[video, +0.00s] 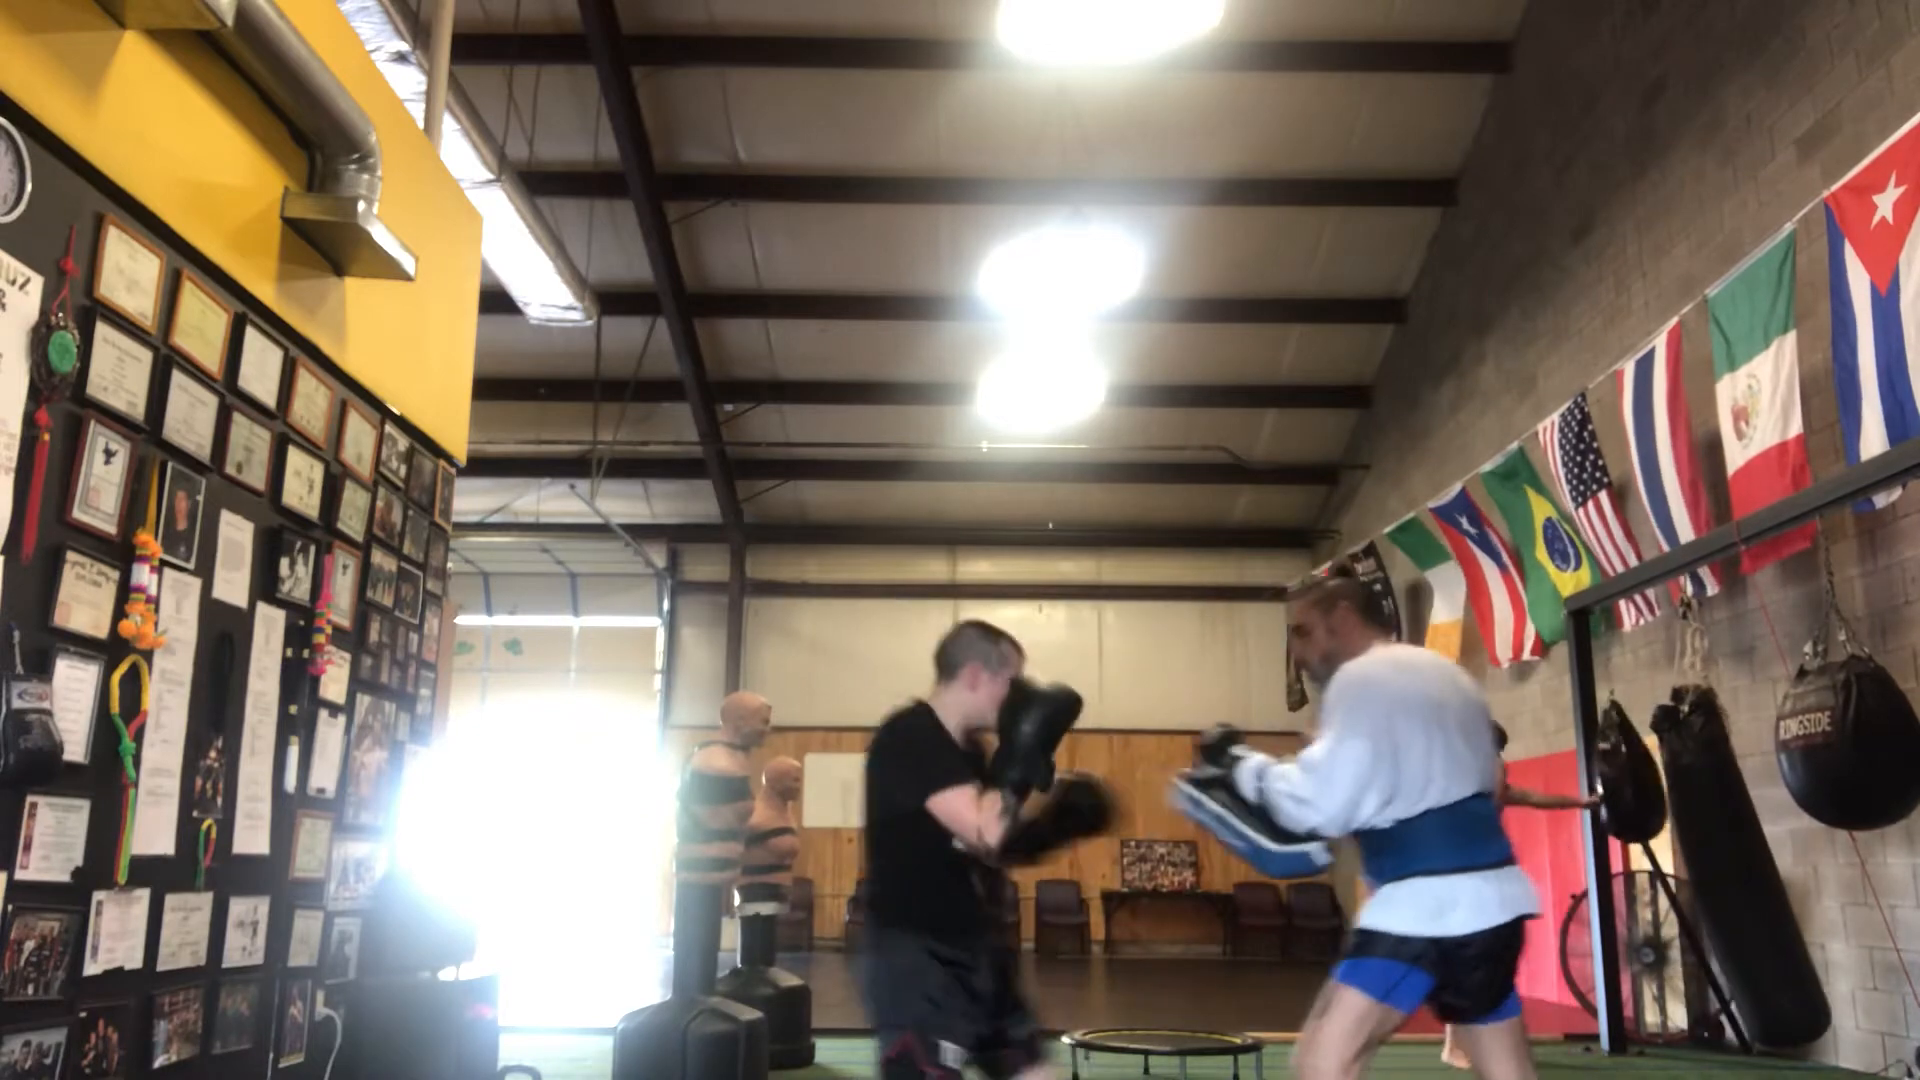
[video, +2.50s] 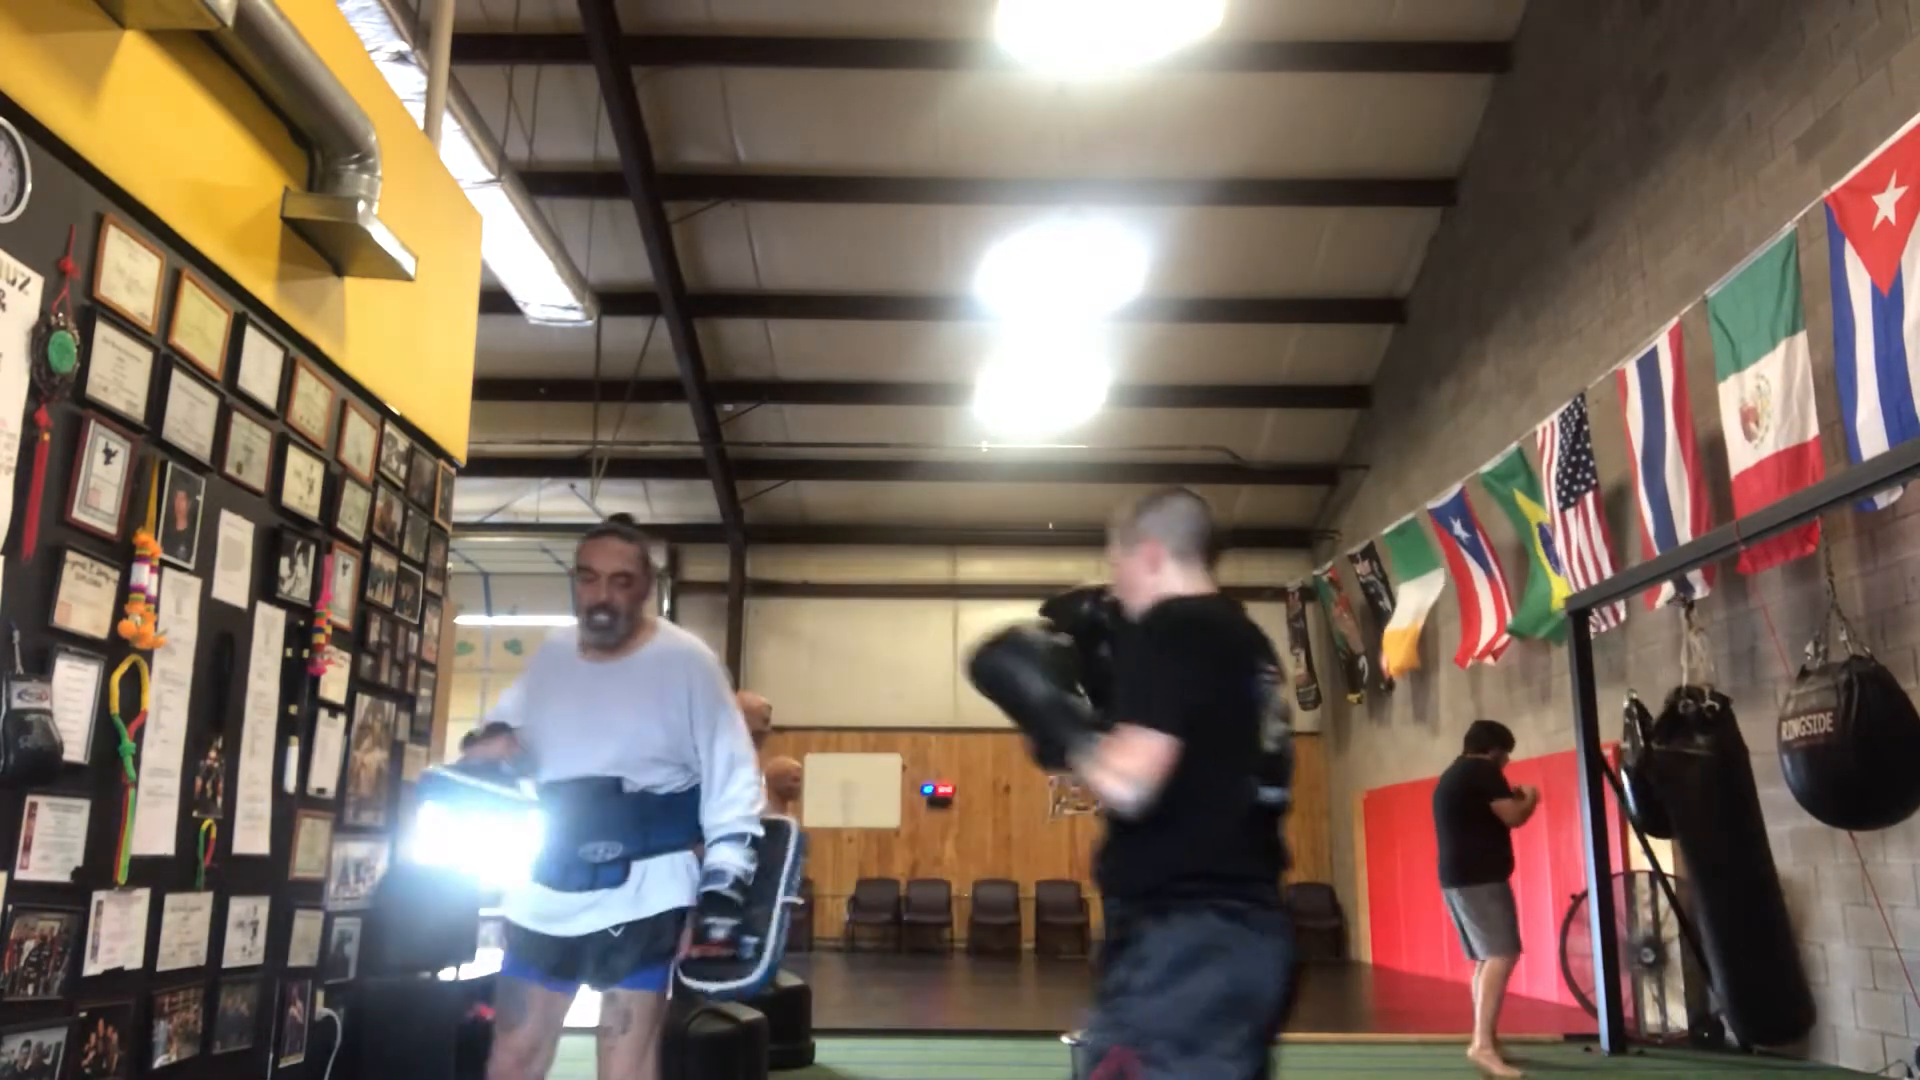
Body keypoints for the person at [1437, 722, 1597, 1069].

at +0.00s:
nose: (1501, 761)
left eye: (1501, 751)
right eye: (1495, 751)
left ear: (1498, 753)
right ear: (1476, 755)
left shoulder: (1492, 788)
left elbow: (1535, 799)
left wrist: (1582, 801)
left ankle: (1459, 1044)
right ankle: (1454, 1044)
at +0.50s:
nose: (1497, 761)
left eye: (1498, 754)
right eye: (1495, 753)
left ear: (1462, 747)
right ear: (1481, 750)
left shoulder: (1444, 780)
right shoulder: (1465, 780)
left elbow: (1481, 829)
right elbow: (1496, 829)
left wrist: (1506, 812)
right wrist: (1514, 810)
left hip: (1472, 882)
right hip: (1467, 883)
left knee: (1501, 946)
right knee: (1471, 958)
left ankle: (1484, 1035)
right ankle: (1458, 1052)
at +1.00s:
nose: (1492, 764)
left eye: (1493, 759)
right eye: (1492, 759)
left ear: (1455, 751)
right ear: (1483, 755)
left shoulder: (1427, 777)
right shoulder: (1489, 776)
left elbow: (1431, 825)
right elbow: (1519, 813)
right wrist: (1556, 831)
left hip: (1433, 879)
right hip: (1470, 877)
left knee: (1459, 957)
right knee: (1477, 958)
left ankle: (1456, 1040)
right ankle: (1452, 1049)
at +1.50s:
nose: (1489, 762)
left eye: (1491, 756)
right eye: (1488, 754)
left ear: (1465, 745)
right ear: (1474, 748)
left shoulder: (1463, 777)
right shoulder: (1442, 770)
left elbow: (1490, 808)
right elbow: (1473, 810)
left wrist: (1531, 805)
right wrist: (1496, 791)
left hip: (1467, 881)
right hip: (1444, 883)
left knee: (1471, 961)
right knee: (1460, 963)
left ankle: (1460, 1040)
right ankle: (1446, 1054)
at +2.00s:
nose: (1492, 762)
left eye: (1493, 754)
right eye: (1490, 753)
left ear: (1458, 747)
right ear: (1475, 749)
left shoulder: (1435, 777)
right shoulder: (1463, 777)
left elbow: (1473, 826)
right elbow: (1489, 829)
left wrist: (1497, 808)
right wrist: (1507, 808)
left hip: (1464, 883)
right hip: (1455, 884)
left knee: (1483, 958)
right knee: (1451, 963)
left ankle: (1489, 1044)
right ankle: (1444, 1056)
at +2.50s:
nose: (1504, 763)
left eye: (1505, 757)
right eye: (1503, 756)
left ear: (1471, 747)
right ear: (1490, 751)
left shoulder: (1453, 775)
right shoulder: (1480, 772)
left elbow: (1491, 815)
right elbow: (1513, 816)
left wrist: (1516, 798)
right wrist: (1530, 799)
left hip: (1458, 880)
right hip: (1480, 879)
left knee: (1484, 960)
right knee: (1502, 953)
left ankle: (1483, 1042)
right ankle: (1482, 1045)